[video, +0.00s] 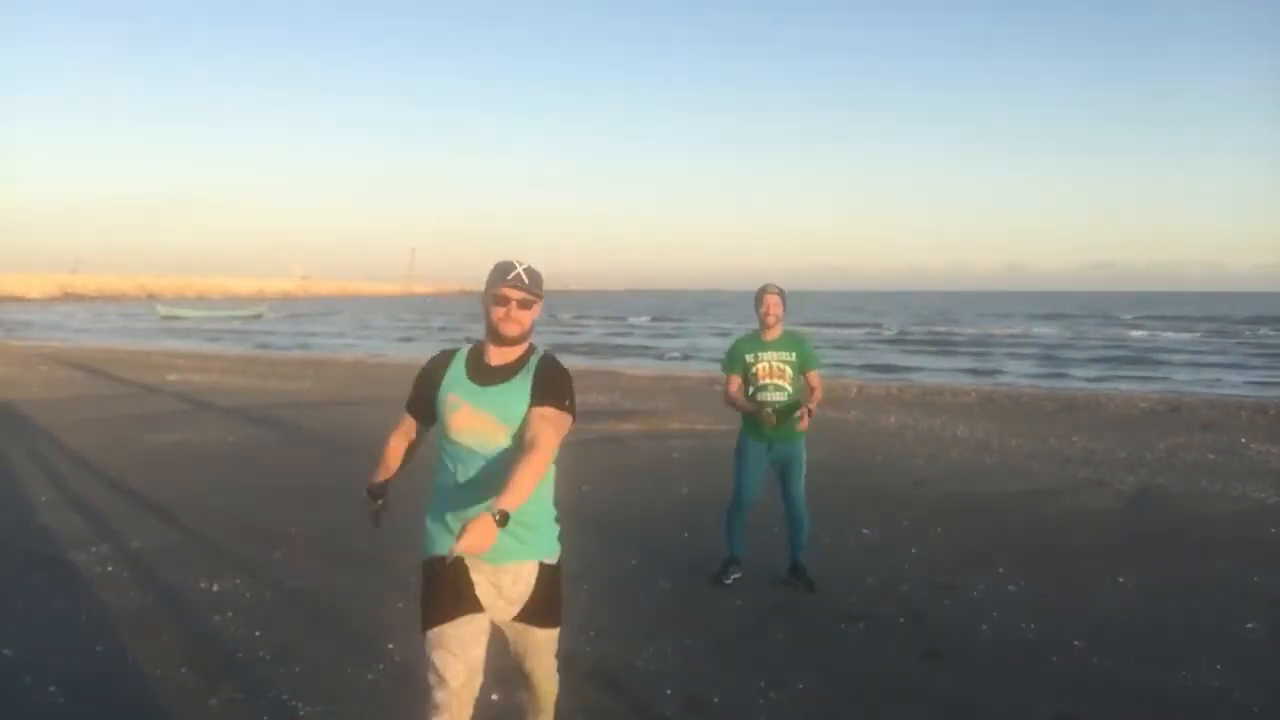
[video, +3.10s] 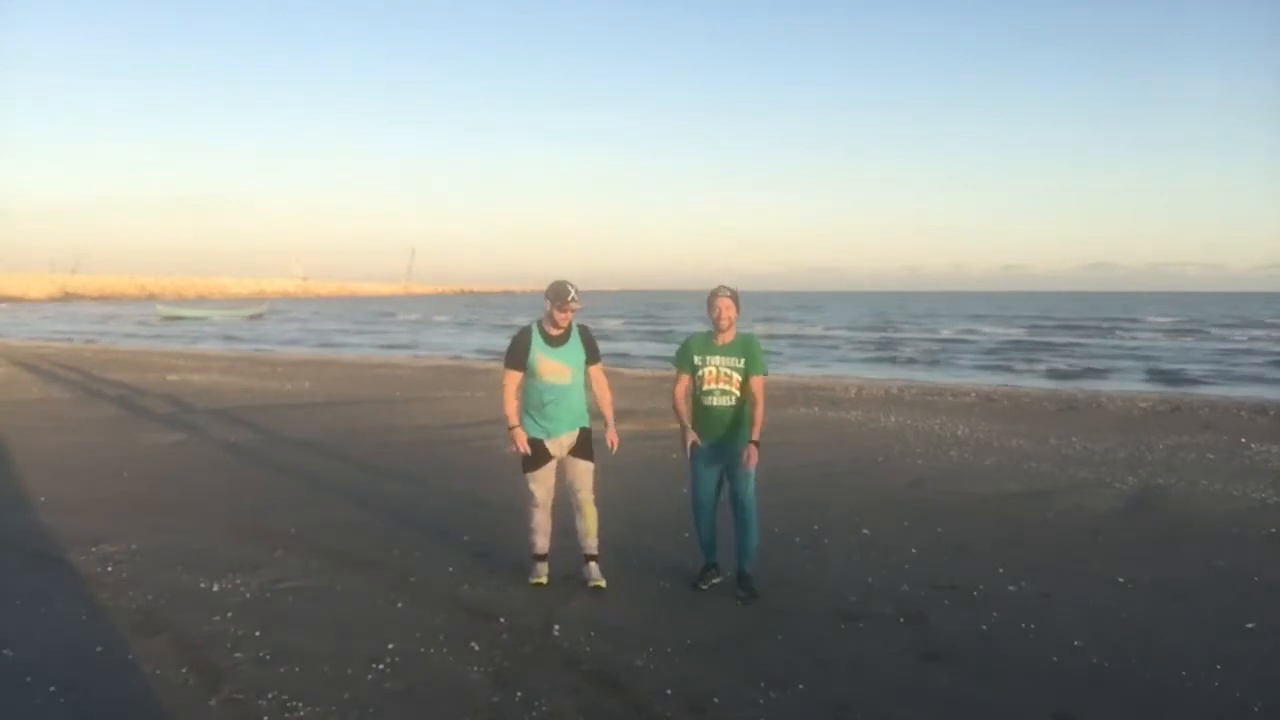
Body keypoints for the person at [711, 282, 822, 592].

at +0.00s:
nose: (769, 311)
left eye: (775, 305)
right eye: (764, 305)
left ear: (783, 310)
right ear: (756, 310)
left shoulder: (799, 345)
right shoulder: (742, 347)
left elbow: (816, 387)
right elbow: (731, 392)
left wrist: (808, 408)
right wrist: (756, 410)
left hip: (791, 434)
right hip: (755, 434)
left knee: (796, 501)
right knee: (743, 498)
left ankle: (798, 564)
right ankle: (734, 561)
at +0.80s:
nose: (749, 318)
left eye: (754, 312)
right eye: (744, 312)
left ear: (761, 313)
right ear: (734, 312)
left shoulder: (773, 344)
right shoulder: (717, 345)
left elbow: (783, 393)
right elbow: (701, 389)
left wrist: (784, 438)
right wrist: (710, 429)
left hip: (764, 435)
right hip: (727, 435)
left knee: (769, 501)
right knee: (723, 500)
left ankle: (769, 559)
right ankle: (731, 559)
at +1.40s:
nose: (768, 312)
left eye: (774, 307)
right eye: (764, 307)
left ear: (785, 311)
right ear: (759, 312)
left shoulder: (804, 347)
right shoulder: (748, 347)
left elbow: (825, 391)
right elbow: (730, 393)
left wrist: (808, 400)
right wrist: (742, 396)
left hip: (795, 436)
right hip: (759, 434)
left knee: (801, 505)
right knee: (743, 498)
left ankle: (799, 568)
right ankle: (734, 561)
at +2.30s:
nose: (751, 316)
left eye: (756, 310)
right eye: (746, 311)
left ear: (768, 315)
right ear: (740, 316)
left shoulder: (784, 350)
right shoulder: (728, 352)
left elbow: (803, 393)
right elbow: (723, 399)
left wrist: (820, 428)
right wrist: (722, 438)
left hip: (779, 440)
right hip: (742, 440)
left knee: (793, 503)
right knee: (726, 501)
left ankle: (799, 568)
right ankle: (714, 566)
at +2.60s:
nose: (724, 308)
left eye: (730, 302)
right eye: (720, 302)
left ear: (740, 307)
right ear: (713, 307)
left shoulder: (755, 343)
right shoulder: (698, 344)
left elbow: (776, 385)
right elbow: (679, 382)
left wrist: (777, 429)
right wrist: (674, 421)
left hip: (749, 436)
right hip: (711, 437)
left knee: (766, 499)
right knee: (707, 501)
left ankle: (777, 563)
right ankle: (710, 566)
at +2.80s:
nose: (720, 307)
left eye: (726, 302)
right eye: (715, 302)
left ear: (736, 305)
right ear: (709, 306)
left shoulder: (752, 338)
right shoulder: (694, 338)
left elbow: (762, 381)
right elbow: (679, 375)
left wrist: (747, 405)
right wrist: (679, 394)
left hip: (740, 428)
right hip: (705, 428)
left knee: (744, 499)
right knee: (705, 496)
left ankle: (741, 564)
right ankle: (710, 564)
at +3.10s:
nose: (721, 314)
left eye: (727, 308)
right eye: (716, 308)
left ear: (736, 312)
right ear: (709, 312)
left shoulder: (749, 346)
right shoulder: (693, 345)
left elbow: (757, 397)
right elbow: (679, 391)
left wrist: (754, 440)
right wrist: (686, 427)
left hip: (739, 440)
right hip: (703, 441)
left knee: (744, 505)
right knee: (703, 505)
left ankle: (744, 571)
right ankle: (711, 565)